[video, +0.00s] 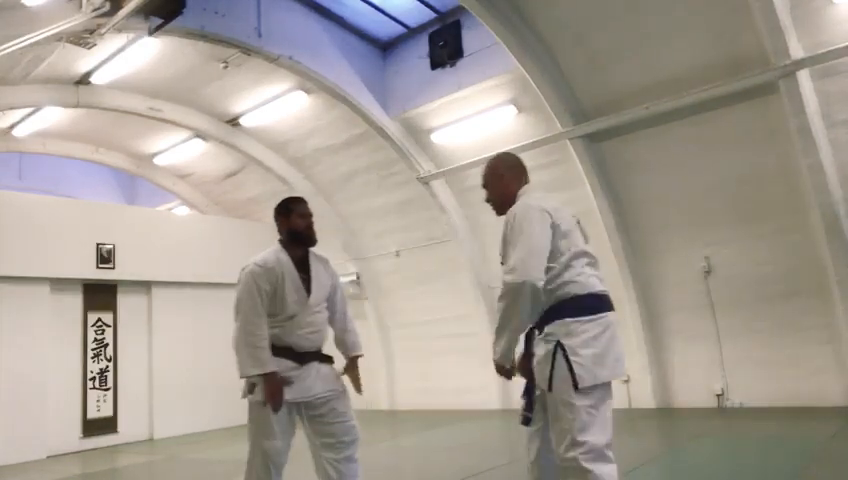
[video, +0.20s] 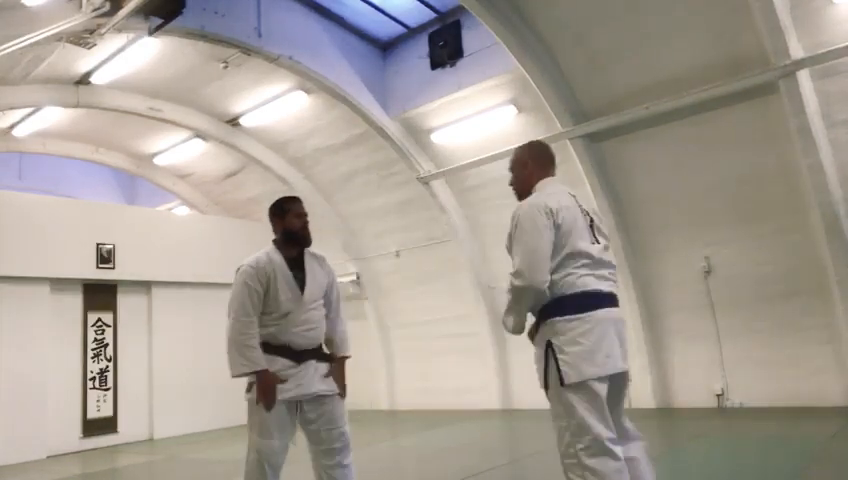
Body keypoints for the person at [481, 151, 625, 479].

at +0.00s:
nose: (485, 196)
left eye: (488, 186)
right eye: (484, 188)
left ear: (507, 180)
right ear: (516, 180)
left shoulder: (527, 210)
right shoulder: (546, 210)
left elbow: (524, 279)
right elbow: (557, 290)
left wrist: (504, 348)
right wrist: (533, 350)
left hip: (575, 329)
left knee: (581, 450)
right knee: (546, 448)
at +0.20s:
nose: (510, 179)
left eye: (513, 169)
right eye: (510, 170)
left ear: (528, 168)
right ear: (546, 169)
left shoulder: (534, 207)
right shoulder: (577, 203)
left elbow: (531, 280)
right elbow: (592, 270)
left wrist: (513, 318)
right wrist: (547, 315)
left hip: (573, 330)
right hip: (608, 323)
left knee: (586, 444)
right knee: (617, 431)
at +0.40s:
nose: (519, 191)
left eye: (519, 181)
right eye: (517, 183)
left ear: (533, 177)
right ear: (554, 175)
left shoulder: (533, 217)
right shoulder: (600, 212)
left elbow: (527, 290)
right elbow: (625, 270)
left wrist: (515, 306)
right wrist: (599, 296)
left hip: (571, 334)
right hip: (621, 326)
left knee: (535, 433)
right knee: (640, 428)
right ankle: (666, 477)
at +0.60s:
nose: (504, 195)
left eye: (505, 186)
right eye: (503, 187)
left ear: (517, 185)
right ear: (539, 183)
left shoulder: (514, 223)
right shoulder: (585, 219)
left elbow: (479, 284)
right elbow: (622, 274)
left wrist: (454, 276)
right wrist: (583, 298)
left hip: (546, 339)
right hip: (596, 335)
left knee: (510, 436)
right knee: (630, 435)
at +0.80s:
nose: (458, 201)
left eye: (462, 192)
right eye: (458, 192)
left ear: (481, 193)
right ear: (494, 193)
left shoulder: (483, 235)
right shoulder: (528, 227)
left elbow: (447, 294)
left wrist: (426, 278)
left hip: (523, 348)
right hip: (565, 339)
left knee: (481, 439)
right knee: (588, 434)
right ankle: (628, 477)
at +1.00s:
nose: (417, 208)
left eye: (421, 200)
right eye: (416, 201)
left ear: (442, 199)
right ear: (442, 198)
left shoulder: (485, 224)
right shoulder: (432, 240)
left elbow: (527, 265)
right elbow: (381, 243)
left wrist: (473, 305)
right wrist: (335, 233)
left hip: (507, 344)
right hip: (526, 337)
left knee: (483, 447)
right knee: (578, 424)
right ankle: (626, 476)